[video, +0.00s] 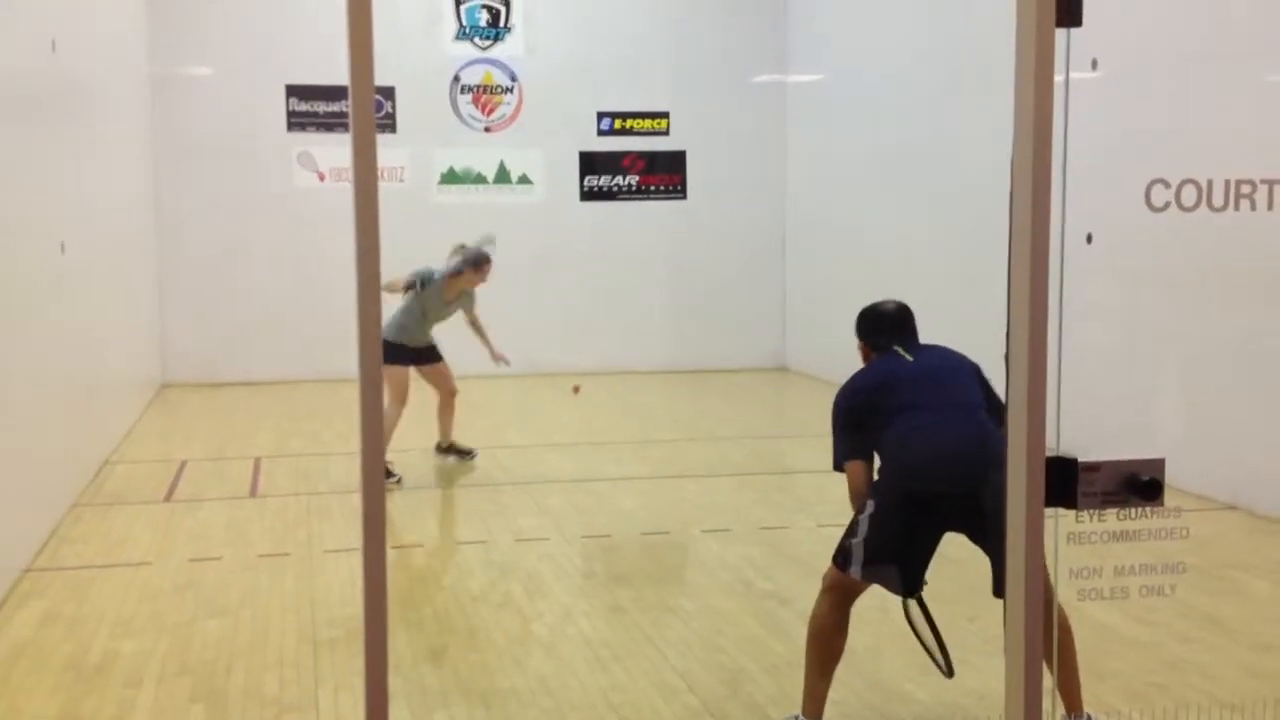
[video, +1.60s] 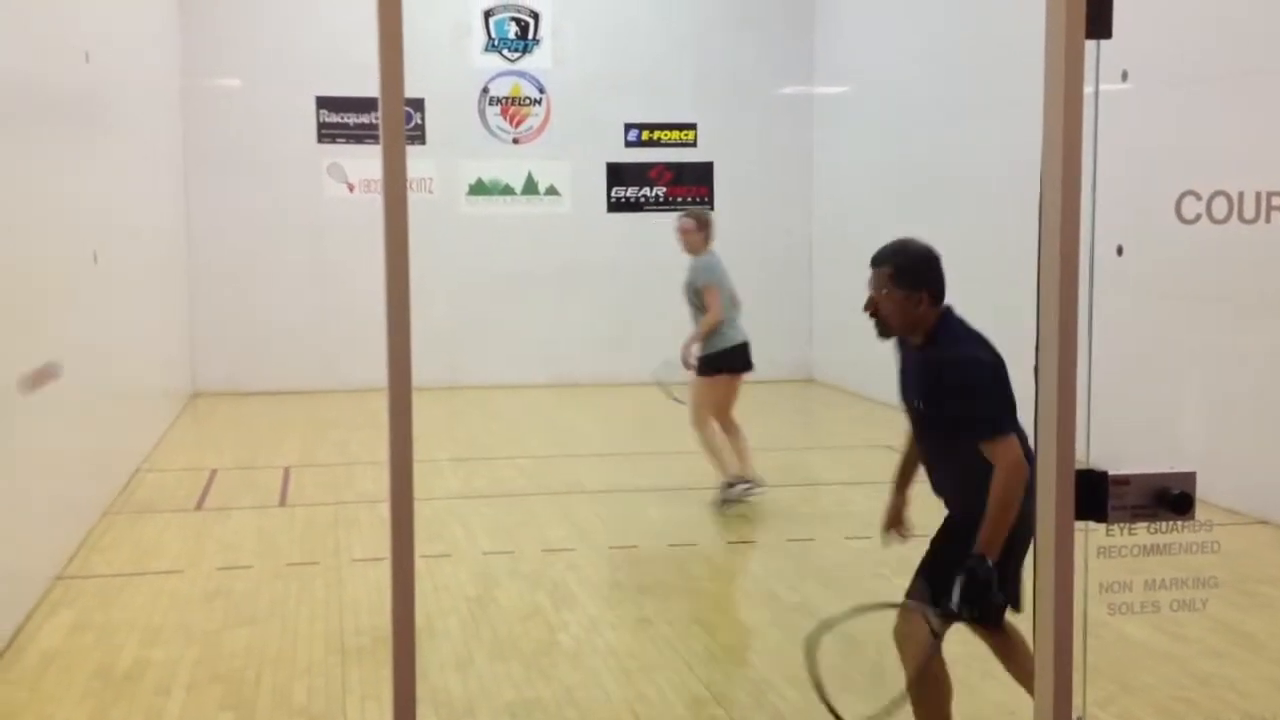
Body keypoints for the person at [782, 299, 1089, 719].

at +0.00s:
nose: (858, 354)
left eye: (859, 347)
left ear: (865, 349)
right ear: (915, 338)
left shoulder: (857, 389)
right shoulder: (959, 363)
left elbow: (860, 488)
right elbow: (1005, 427)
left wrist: (869, 541)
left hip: (910, 488)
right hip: (988, 484)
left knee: (837, 590)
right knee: (1041, 593)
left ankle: (810, 714)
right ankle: (1077, 712)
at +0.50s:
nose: (925, 342)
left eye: (925, 336)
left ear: (931, 336)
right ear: (982, 331)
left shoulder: (914, 376)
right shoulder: (1021, 362)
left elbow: (886, 470)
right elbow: (1081, 444)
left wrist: (887, 516)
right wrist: (1079, 478)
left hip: (929, 486)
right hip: (1010, 486)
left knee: (870, 597)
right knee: (1064, 592)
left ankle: (817, 713)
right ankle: (1080, 713)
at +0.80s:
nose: (887, 312)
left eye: (887, 306)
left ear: (891, 308)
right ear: (941, 302)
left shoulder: (881, 359)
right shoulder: (988, 346)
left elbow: (861, 454)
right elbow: (1017, 424)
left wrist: (856, 510)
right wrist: (1027, 495)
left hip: (918, 489)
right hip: (996, 489)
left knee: (845, 591)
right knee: (1039, 599)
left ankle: (820, 713)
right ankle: (1075, 713)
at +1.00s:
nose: (848, 305)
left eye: (849, 296)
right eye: (847, 295)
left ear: (864, 295)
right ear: (904, 287)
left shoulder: (870, 348)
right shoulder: (953, 324)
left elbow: (857, 435)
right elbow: (971, 408)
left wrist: (817, 511)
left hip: (920, 488)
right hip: (992, 481)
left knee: (849, 593)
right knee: (985, 594)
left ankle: (825, 713)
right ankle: (1047, 704)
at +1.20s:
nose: (864, 294)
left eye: (871, 284)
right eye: (864, 284)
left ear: (899, 283)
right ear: (914, 279)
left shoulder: (918, 333)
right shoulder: (964, 313)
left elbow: (928, 430)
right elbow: (991, 408)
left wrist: (888, 522)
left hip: (958, 490)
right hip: (1002, 486)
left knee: (893, 602)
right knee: (986, 598)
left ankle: (850, 714)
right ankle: (1049, 703)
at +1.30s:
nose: (874, 294)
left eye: (880, 282)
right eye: (874, 282)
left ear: (911, 280)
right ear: (924, 277)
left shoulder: (934, 332)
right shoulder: (968, 313)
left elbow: (955, 431)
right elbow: (986, 416)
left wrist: (931, 502)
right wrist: (944, 493)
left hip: (974, 484)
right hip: (1008, 481)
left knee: (899, 596)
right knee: (988, 592)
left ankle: (893, 712)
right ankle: (1048, 696)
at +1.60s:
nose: (869, 304)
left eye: (880, 292)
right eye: (871, 291)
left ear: (922, 300)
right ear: (917, 300)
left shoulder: (966, 359)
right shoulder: (913, 341)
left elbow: (1013, 464)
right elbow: (925, 424)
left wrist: (983, 557)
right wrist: (900, 492)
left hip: (992, 508)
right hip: (976, 503)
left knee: (913, 631)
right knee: (986, 615)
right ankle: (1055, 704)